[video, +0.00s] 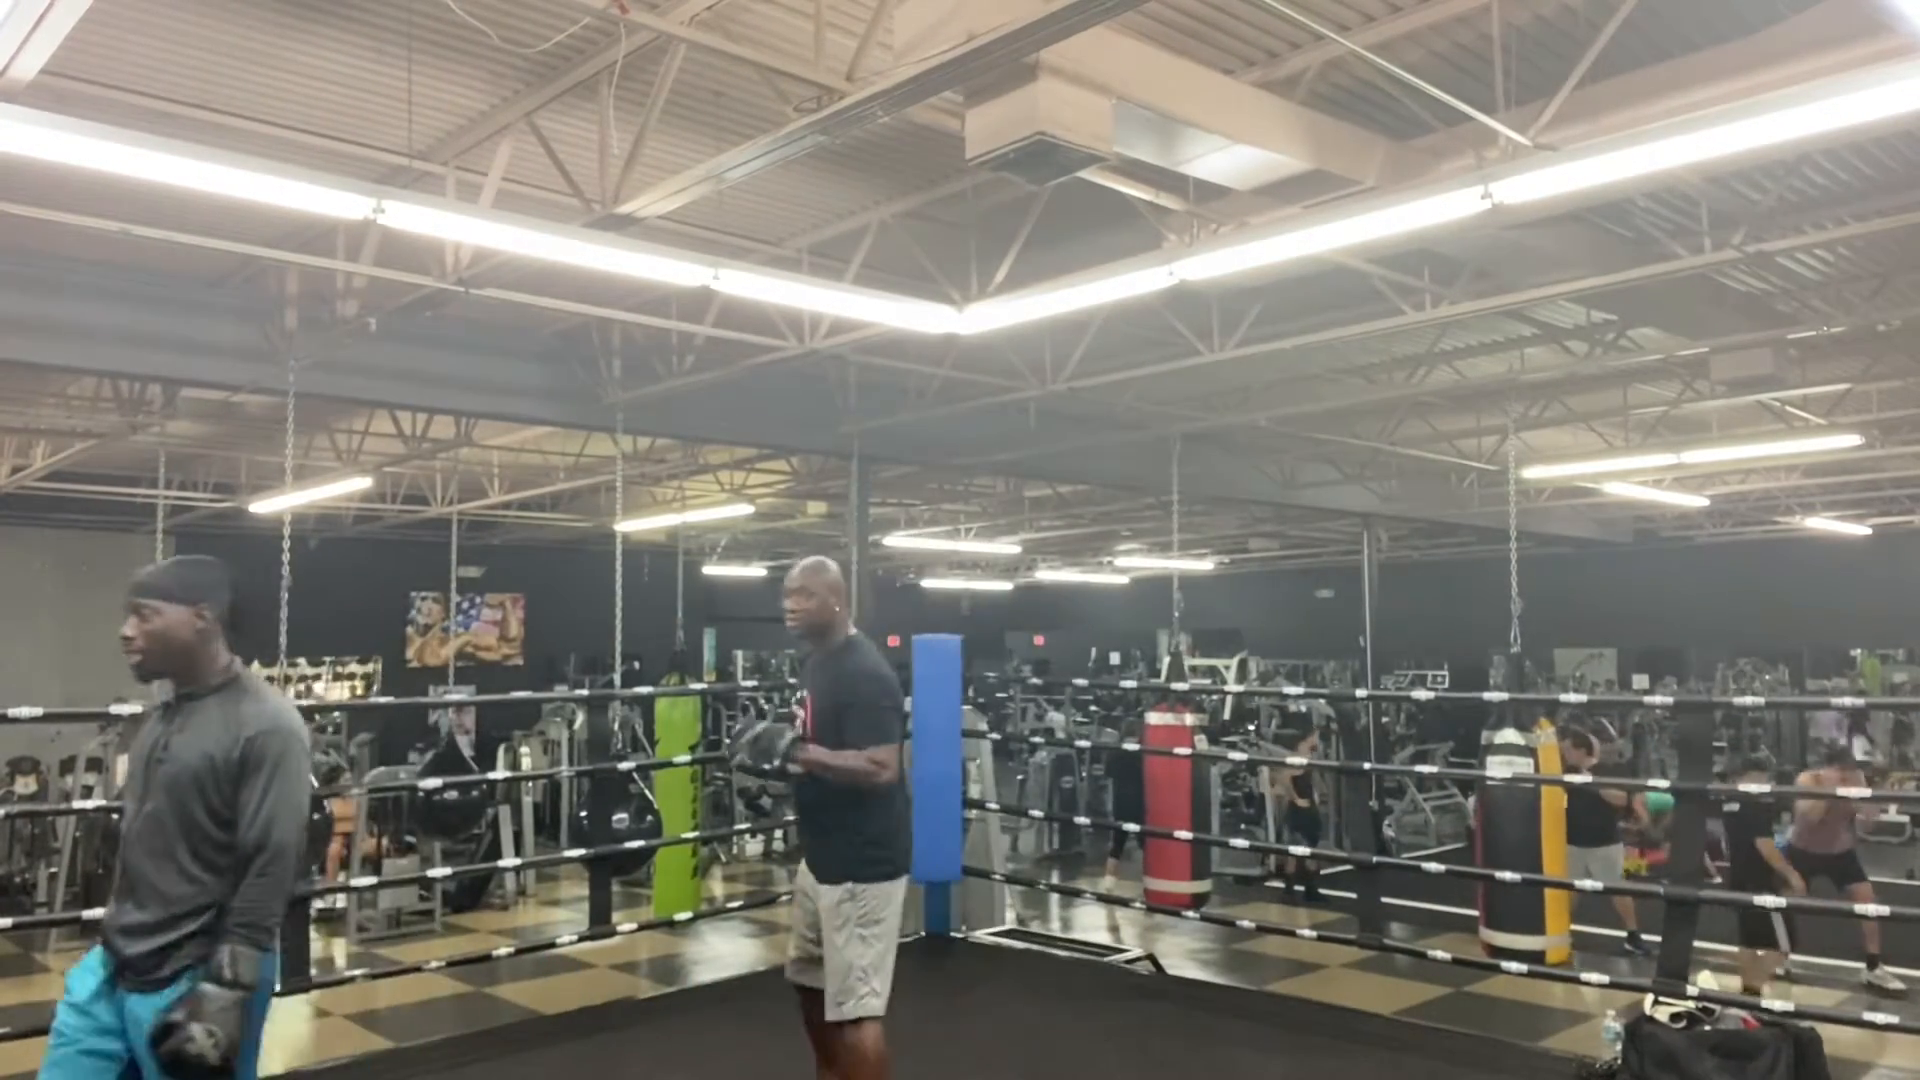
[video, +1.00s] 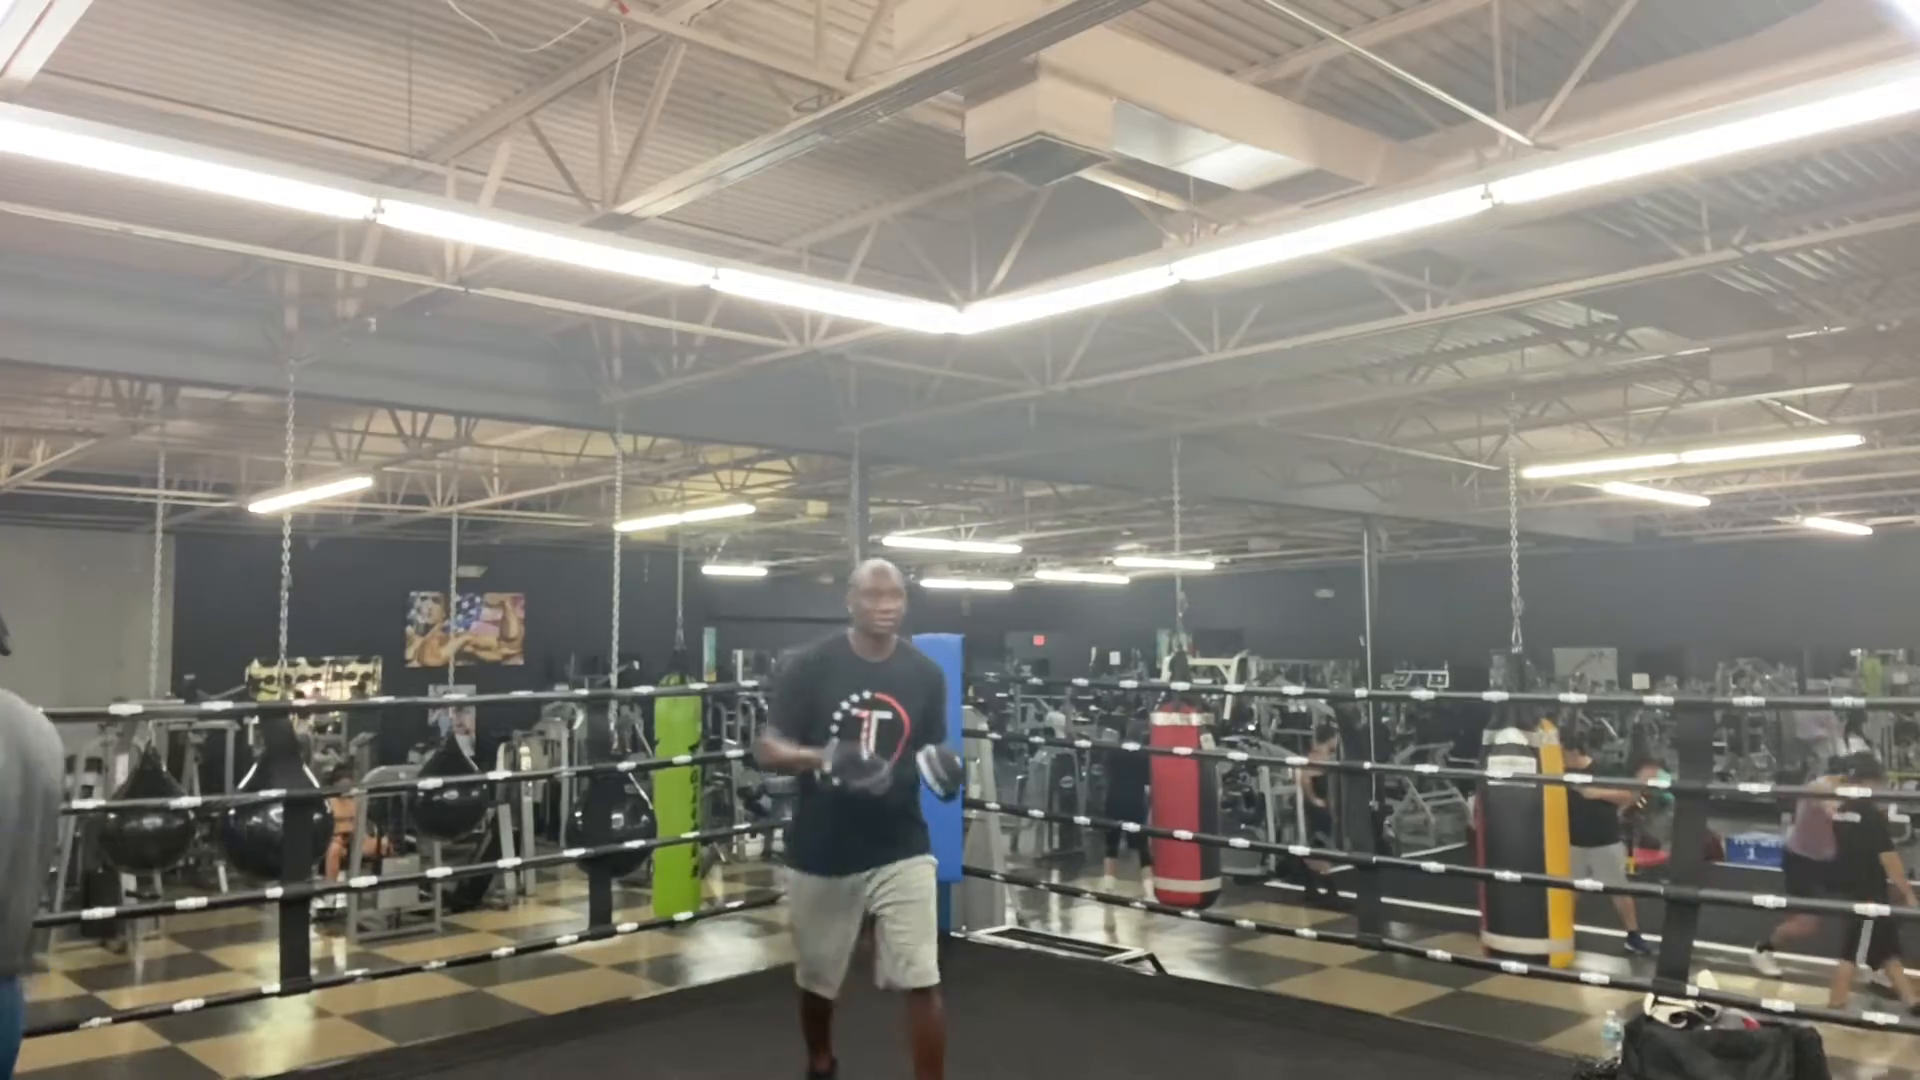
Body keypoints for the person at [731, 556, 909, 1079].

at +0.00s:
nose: (789, 605)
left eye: (801, 595)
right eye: (788, 596)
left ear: (833, 600)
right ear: (797, 603)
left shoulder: (867, 670)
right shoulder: (817, 665)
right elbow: (826, 747)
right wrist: (781, 746)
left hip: (866, 870)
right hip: (821, 860)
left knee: (856, 1014)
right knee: (810, 985)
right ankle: (832, 1070)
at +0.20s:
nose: (802, 587)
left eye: (813, 577)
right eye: (793, 578)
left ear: (838, 584)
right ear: (784, 584)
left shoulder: (866, 649)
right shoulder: (780, 639)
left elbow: (918, 726)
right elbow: (766, 709)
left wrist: (847, 726)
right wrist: (754, 716)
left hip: (854, 840)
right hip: (794, 836)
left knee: (853, 969)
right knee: (804, 966)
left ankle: (876, 1074)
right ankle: (829, 1070)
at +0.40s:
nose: (811, 589)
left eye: (822, 580)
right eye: (805, 580)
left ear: (844, 589)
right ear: (792, 588)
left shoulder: (874, 653)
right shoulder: (771, 650)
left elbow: (915, 730)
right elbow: (760, 724)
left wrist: (855, 737)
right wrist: (742, 725)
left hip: (851, 839)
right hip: (782, 833)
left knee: (850, 966)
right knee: (787, 963)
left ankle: (878, 1052)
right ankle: (813, 1061)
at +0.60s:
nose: (818, 604)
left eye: (829, 593)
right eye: (808, 594)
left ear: (848, 602)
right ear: (795, 603)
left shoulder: (881, 671)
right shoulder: (772, 667)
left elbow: (915, 746)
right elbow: (747, 735)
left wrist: (869, 757)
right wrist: (744, 738)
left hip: (855, 854)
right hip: (785, 850)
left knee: (855, 980)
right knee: (785, 982)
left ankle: (872, 1059)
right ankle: (818, 1067)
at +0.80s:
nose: (845, 587)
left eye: (855, 577)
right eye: (835, 578)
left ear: (870, 586)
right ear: (816, 587)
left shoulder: (898, 652)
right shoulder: (781, 647)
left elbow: (927, 732)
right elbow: (737, 723)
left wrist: (919, 735)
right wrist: (790, 709)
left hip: (877, 837)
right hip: (797, 838)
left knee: (898, 964)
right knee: (802, 963)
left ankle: (907, 1070)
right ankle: (818, 1062)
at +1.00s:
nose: (885, 607)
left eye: (894, 596)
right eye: (873, 595)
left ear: (905, 603)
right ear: (850, 601)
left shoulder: (924, 674)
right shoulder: (809, 667)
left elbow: (932, 752)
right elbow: (767, 747)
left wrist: (942, 770)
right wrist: (823, 756)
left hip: (901, 851)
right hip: (823, 857)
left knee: (923, 981)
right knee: (817, 982)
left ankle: (929, 1076)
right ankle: (820, 1064)